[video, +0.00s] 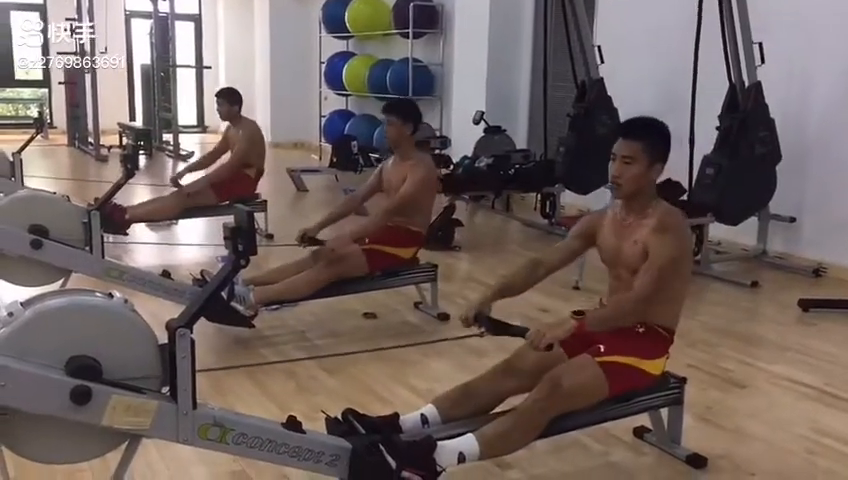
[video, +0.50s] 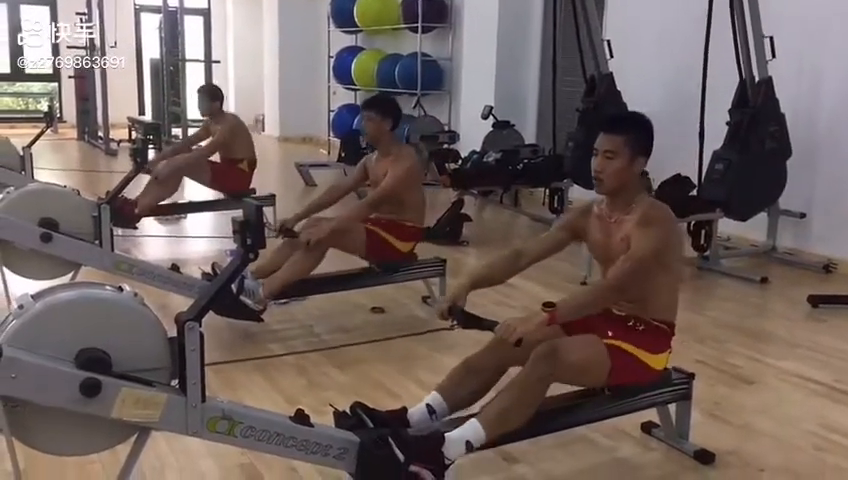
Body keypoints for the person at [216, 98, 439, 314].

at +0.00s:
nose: (384, 131)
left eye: (390, 125)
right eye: (385, 124)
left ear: (409, 128)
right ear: (394, 128)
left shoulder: (422, 169)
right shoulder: (388, 166)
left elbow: (387, 214)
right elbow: (355, 200)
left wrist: (339, 241)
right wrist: (317, 227)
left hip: (401, 248)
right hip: (379, 239)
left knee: (330, 267)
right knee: (317, 256)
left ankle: (253, 300)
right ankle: (240, 282)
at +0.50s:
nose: (362, 126)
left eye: (368, 120)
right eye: (362, 119)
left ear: (388, 124)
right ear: (369, 123)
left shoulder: (405, 161)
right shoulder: (372, 160)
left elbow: (372, 204)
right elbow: (337, 190)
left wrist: (329, 227)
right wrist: (298, 216)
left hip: (399, 240)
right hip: (376, 231)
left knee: (324, 237)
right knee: (310, 230)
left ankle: (263, 295)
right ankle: (243, 277)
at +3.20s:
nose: (400, 127)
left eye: (406, 122)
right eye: (400, 121)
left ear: (425, 127)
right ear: (404, 123)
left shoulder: (432, 167)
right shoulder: (401, 160)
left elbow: (415, 219)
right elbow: (373, 197)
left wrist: (366, 227)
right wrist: (336, 213)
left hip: (397, 235)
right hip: (375, 225)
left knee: (326, 254)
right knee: (315, 242)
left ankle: (247, 292)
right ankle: (230, 275)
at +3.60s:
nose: (381, 127)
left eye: (387, 121)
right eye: (382, 120)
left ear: (405, 124)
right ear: (394, 124)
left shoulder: (419, 166)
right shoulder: (387, 161)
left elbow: (391, 209)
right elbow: (353, 195)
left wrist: (350, 235)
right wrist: (314, 221)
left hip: (399, 242)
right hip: (376, 233)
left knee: (326, 263)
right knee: (313, 252)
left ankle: (250, 294)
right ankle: (237, 277)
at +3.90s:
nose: (373, 127)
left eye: (380, 122)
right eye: (374, 122)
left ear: (399, 127)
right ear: (389, 127)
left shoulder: (414, 164)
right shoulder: (381, 162)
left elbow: (382, 211)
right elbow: (348, 193)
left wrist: (332, 237)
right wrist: (306, 221)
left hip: (399, 241)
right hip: (376, 233)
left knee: (325, 253)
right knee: (311, 247)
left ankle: (253, 295)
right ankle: (240, 277)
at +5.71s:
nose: (386, 128)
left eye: (392, 122)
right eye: (386, 122)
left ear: (411, 127)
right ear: (390, 126)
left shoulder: (409, 169)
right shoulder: (381, 162)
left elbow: (362, 196)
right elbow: (338, 181)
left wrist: (307, 207)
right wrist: (289, 194)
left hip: (398, 239)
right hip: (375, 227)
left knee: (326, 230)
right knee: (311, 222)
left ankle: (267, 295)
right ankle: (252, 281)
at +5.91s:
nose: (436, 149)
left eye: (442, 144)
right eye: (435, 144)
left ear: (460, 147)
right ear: (435, 146)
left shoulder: (461, 184)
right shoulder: (428, 175)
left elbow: (433, 209)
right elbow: (392, 193)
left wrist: (389, 209)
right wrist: (357, 196)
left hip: (417, 241)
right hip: (397, 230)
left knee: (342, 251)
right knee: (332, 243)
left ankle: (266, 296)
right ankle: (254, 275)